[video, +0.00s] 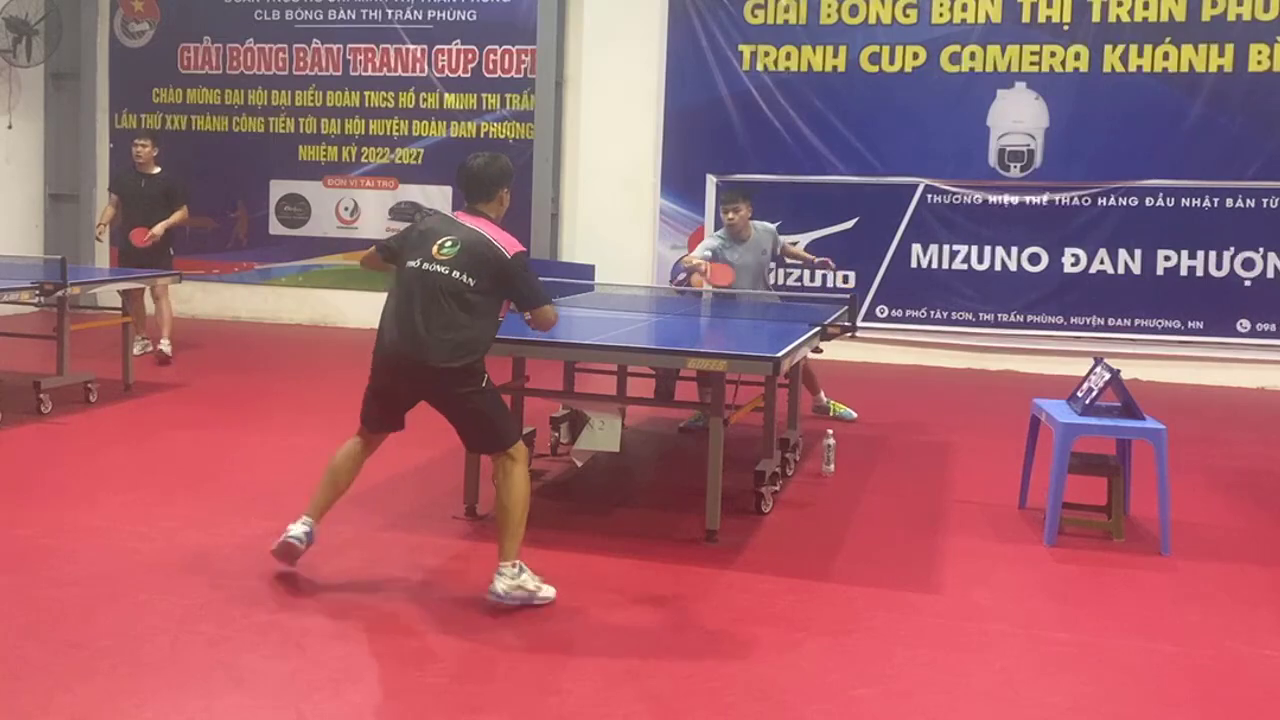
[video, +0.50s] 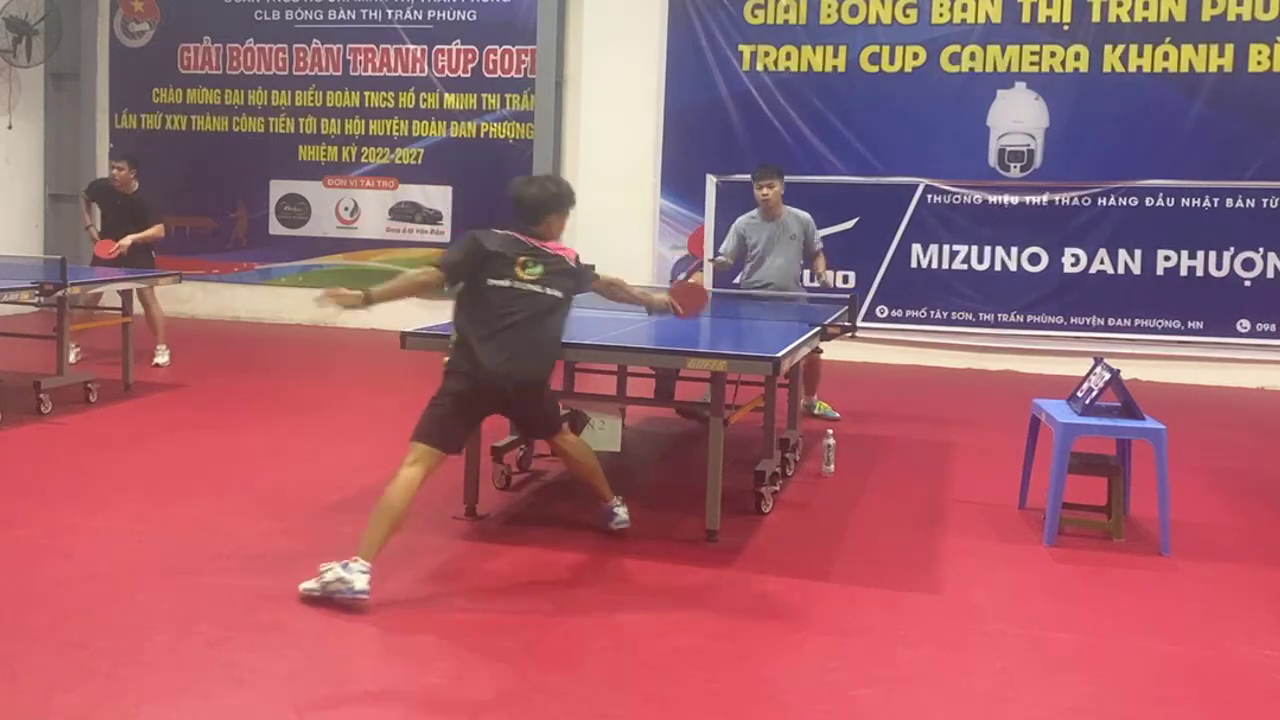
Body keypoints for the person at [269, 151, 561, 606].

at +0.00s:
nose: (509, 199)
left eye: (507, 192)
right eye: (509, 193)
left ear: (463, 193)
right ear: (502, 197)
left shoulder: (426, 225)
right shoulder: (506, 249)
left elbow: (370, 259)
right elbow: (545, 319)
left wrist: (415, 265)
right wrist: (524, 300)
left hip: (393, 360)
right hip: (453, 368)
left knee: (365, 438)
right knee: (513, 453)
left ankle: (305, 524)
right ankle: (510, 571)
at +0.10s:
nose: (498, 217)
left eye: (496, 210)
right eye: (497, 210)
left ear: (450, 211)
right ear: (490, 214)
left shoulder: (417, 246)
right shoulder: (500, 267)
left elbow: (366, 284)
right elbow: (552, 325)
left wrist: (418, 284)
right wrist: (537, 304)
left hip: (389, 388)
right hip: (454, 396)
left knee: (339, 466)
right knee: (519, 469)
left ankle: (307, 549)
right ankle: (517, 584)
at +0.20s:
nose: (481, 231)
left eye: (480, 224)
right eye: (480, 224)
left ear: (432, 225)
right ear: (470, 228)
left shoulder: (394, 262)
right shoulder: (485, 279)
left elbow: (346, 291)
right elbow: (543, 316)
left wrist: (387, 287)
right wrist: (573, 308)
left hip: (388, 411)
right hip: (457, 415)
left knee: (319, 488)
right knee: (513, 476)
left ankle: (308, 585)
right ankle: (522, 562)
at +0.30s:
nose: (497, 233)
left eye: (495, 225)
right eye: (495, 226)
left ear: (446, 226)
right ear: (483, 229)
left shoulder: (400, 257)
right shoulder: (501, 277)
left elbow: (338, 254)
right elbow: (558, 295)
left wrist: (360, 244)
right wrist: (598, 263)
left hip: (400, 410)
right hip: (470, 409)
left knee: (330, 488)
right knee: (517, 447)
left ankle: (309, 587)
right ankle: (545, 519)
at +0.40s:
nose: (532, 218)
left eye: (529, 211)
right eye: (530, 212)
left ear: (482, 211)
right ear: (518, 214)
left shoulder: (440, 242)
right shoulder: (530, 259)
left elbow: (361, 248)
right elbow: (593, 280)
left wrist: (318, 236)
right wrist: (652, 289)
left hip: (432, 386)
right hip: (498, 388)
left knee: (375, 476)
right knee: (544, 430)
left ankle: (319, 578)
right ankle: (591, 514)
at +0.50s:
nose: (567, 223)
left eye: (566, 215)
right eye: (565, 216)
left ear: (521, 213)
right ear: (554, 219)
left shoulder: (482, 245)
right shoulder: (568, 264)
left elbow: (429, 279)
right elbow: (618, 290)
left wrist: (366, 296)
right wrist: (659, 303)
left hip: (468, 380)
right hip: (526, 387)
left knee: (414, 467)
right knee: (564, 440)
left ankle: (358, 566)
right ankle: (614, 506)